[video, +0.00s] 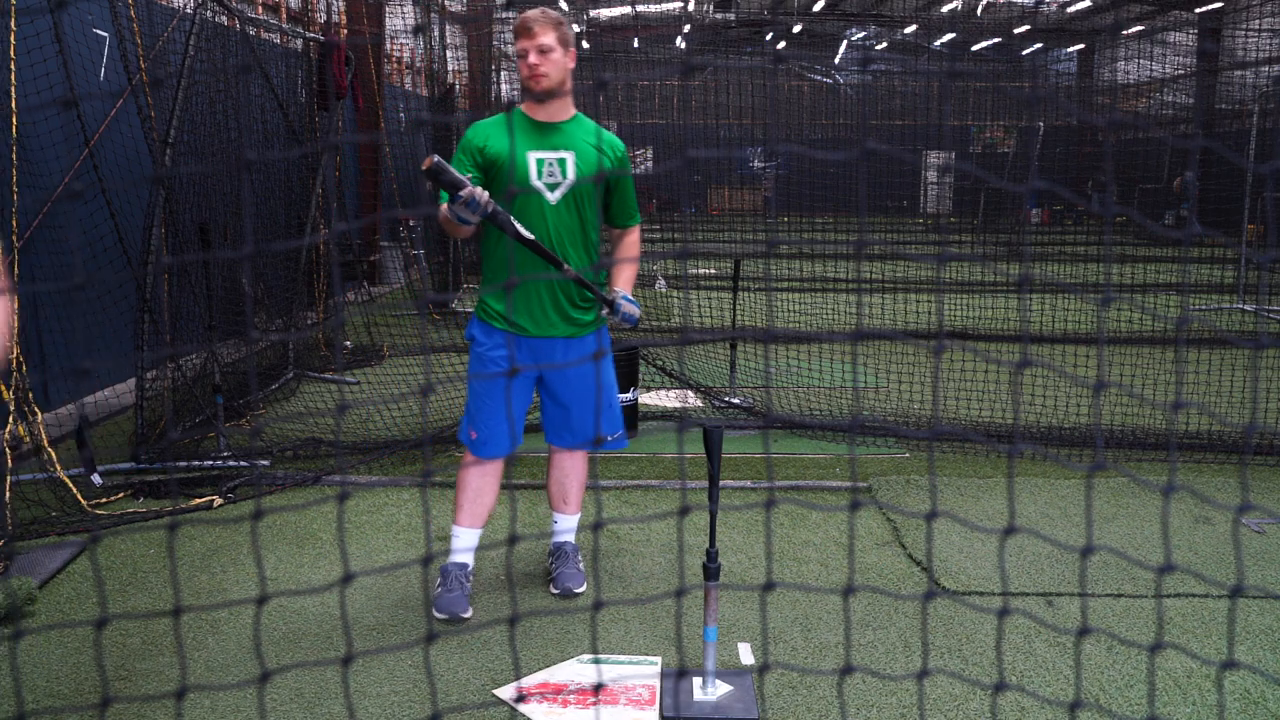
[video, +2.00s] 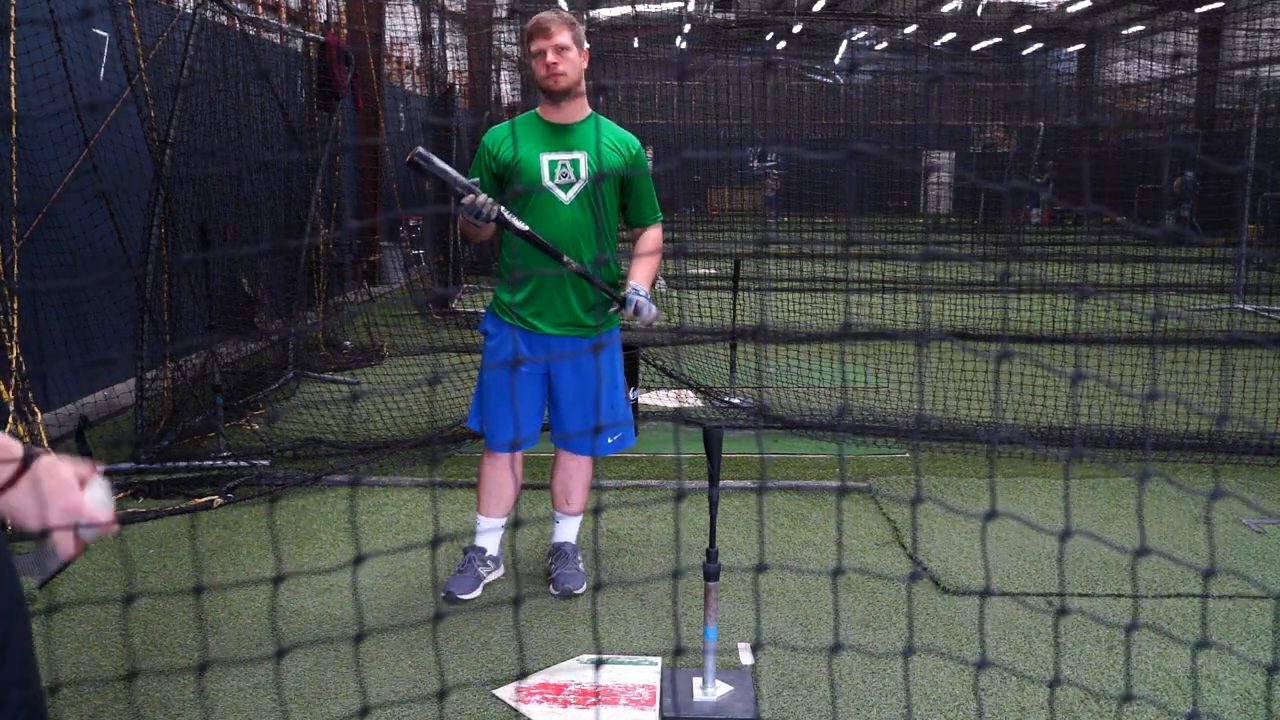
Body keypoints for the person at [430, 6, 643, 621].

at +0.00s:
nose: (533, 62)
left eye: (545, 51)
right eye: (523, 54)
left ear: (572, 58)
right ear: (516, 64)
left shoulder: (605, 148)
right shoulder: (485, 137)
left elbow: (628, 231)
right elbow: (453, 226)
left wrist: (621, 291)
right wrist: (465, 212)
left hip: (577, 323)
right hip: (500, 321)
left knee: (573, 438)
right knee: (483, 443)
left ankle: (565, 548)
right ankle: (458, 564)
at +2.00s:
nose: (551, 60)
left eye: (562, 49)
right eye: (540, 53)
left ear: (585, 57)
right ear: (529, 66)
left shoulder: (622, 148)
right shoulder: (500, 143)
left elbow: (648, 229)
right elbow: (477, 233)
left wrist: (638, 285)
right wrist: (477, 214)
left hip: (589, 322)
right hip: (515, 319)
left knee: (578, 437)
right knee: (501, 437)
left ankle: (566, 546)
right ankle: (486, 551)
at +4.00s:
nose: (574, 59)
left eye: (581, 49)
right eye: (560, 51)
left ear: (593, 58)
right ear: (538, 63)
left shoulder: (623, 148)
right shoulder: (504, 142)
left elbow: (654, 224)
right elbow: (464, 224)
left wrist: (640, 275)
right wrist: (476, 175)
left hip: (592, 324)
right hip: (516, 322)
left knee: (578, 441)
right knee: (503, 441)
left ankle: (566, 546)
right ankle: (486, 550)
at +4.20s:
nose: (577, 60)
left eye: (583, 51)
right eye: (564, 52)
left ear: (594, 59)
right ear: (537, 64)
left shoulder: (623, 148)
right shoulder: (506, 135)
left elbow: (654, 225)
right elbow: (473, 211)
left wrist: (630, 282)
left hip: (590, 324)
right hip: (515, 321)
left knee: (577, 441)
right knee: (501, 444)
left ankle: (566, 546)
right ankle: (486, 550)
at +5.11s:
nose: (516, 88)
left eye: (524, 75)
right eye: (502, 78)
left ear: (537, 71)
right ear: (478, 77)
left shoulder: (568, 147)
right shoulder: (446, 149)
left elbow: (607, 223)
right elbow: (415, 224)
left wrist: (584, 278)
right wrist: (424, 231)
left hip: (547, 324)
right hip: (469, 325)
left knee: (557, 440)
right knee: (455, 443)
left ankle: (564, 545)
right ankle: (434, 549)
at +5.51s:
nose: (435, 114)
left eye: (441, 101)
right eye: (421, 108)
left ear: (457, 77)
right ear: (403, 99)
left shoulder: (512, 134)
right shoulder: (391, 159)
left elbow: (561, 201)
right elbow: (388, 233)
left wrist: (552, 276)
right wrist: (381, 268)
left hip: (515, 319)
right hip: (436, 325)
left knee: (547, 434)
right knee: (436, 443)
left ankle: (577, 540)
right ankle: (430, 548)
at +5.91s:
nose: (474, 134)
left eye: (481, 119)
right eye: (461, 125)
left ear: (500, 92)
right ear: (445, 116)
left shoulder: (558, 146)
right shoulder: (433, 161)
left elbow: (601, 213)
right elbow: (421, 237)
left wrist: (595, 291)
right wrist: (405, 311)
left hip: (544, 325)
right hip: (463, 328)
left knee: (573, 442)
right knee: (449, 445)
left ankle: (604, 545)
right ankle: (432, 549)